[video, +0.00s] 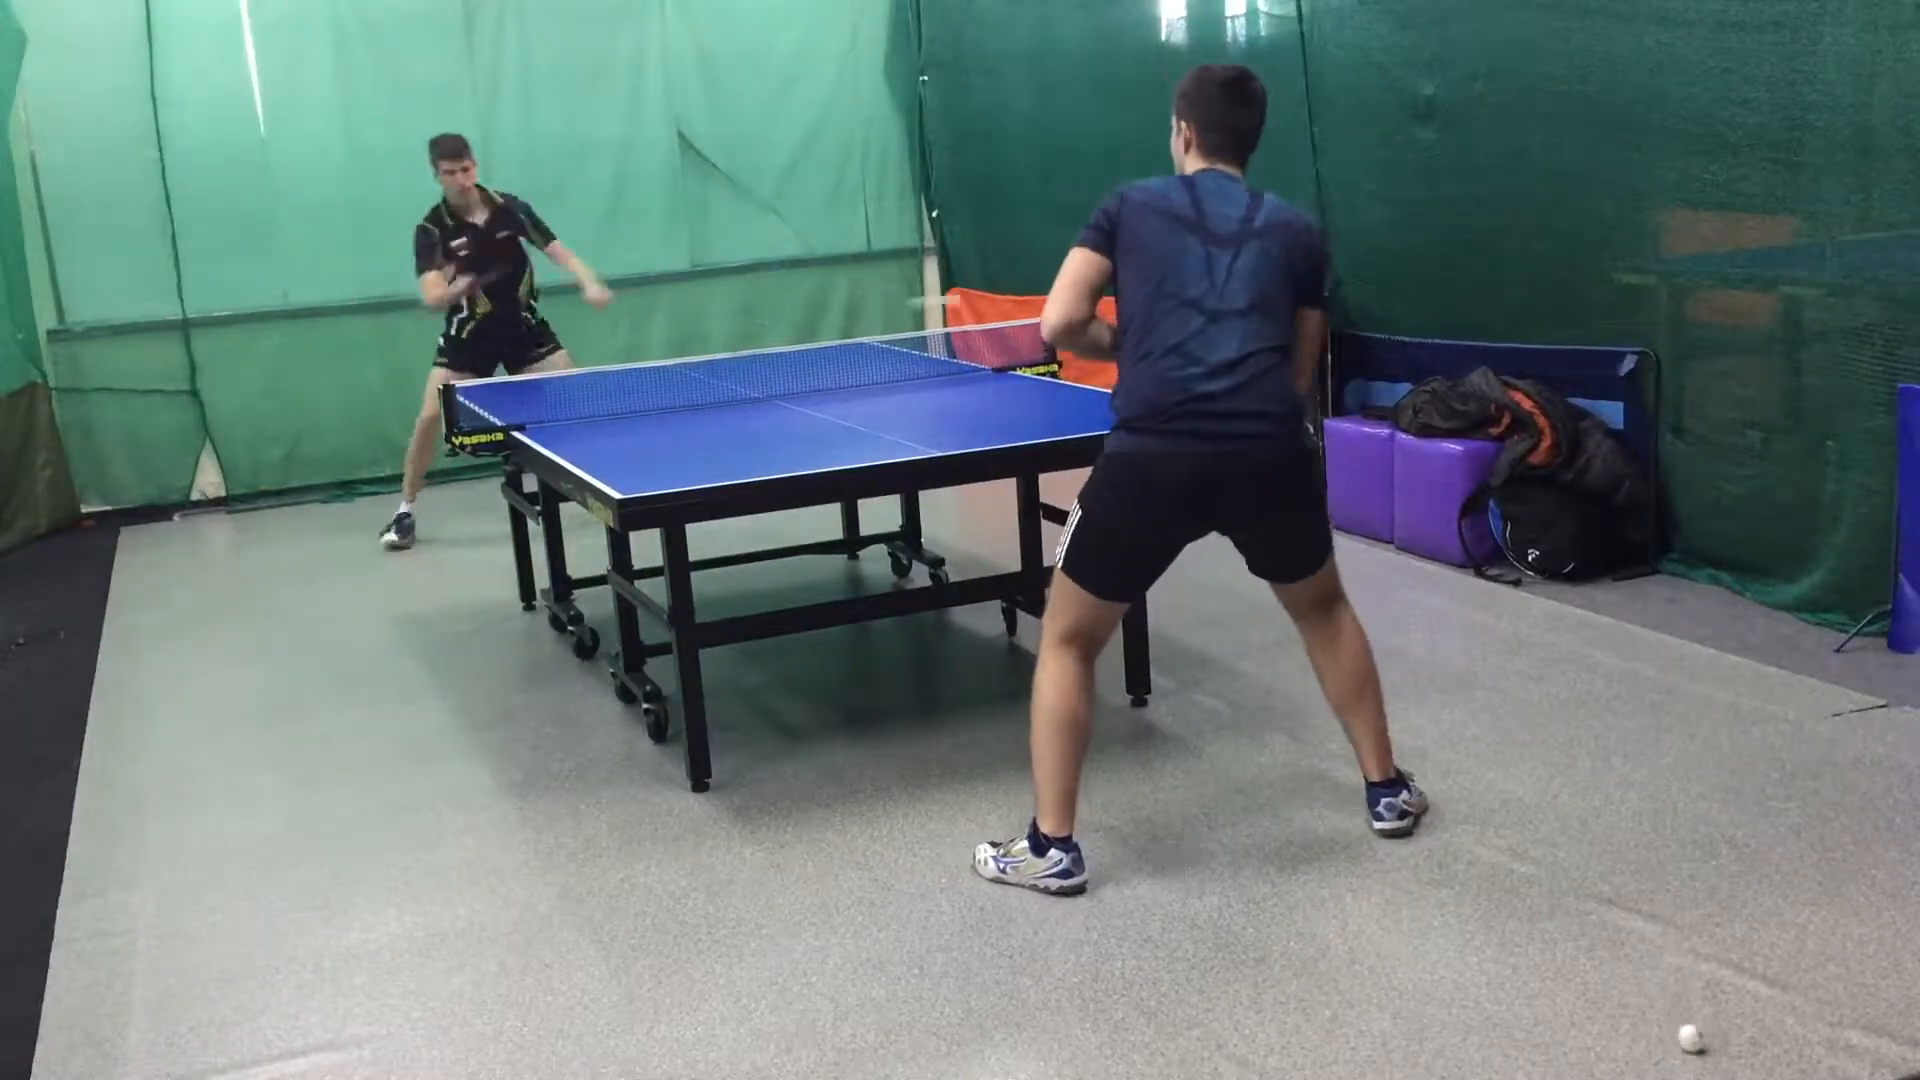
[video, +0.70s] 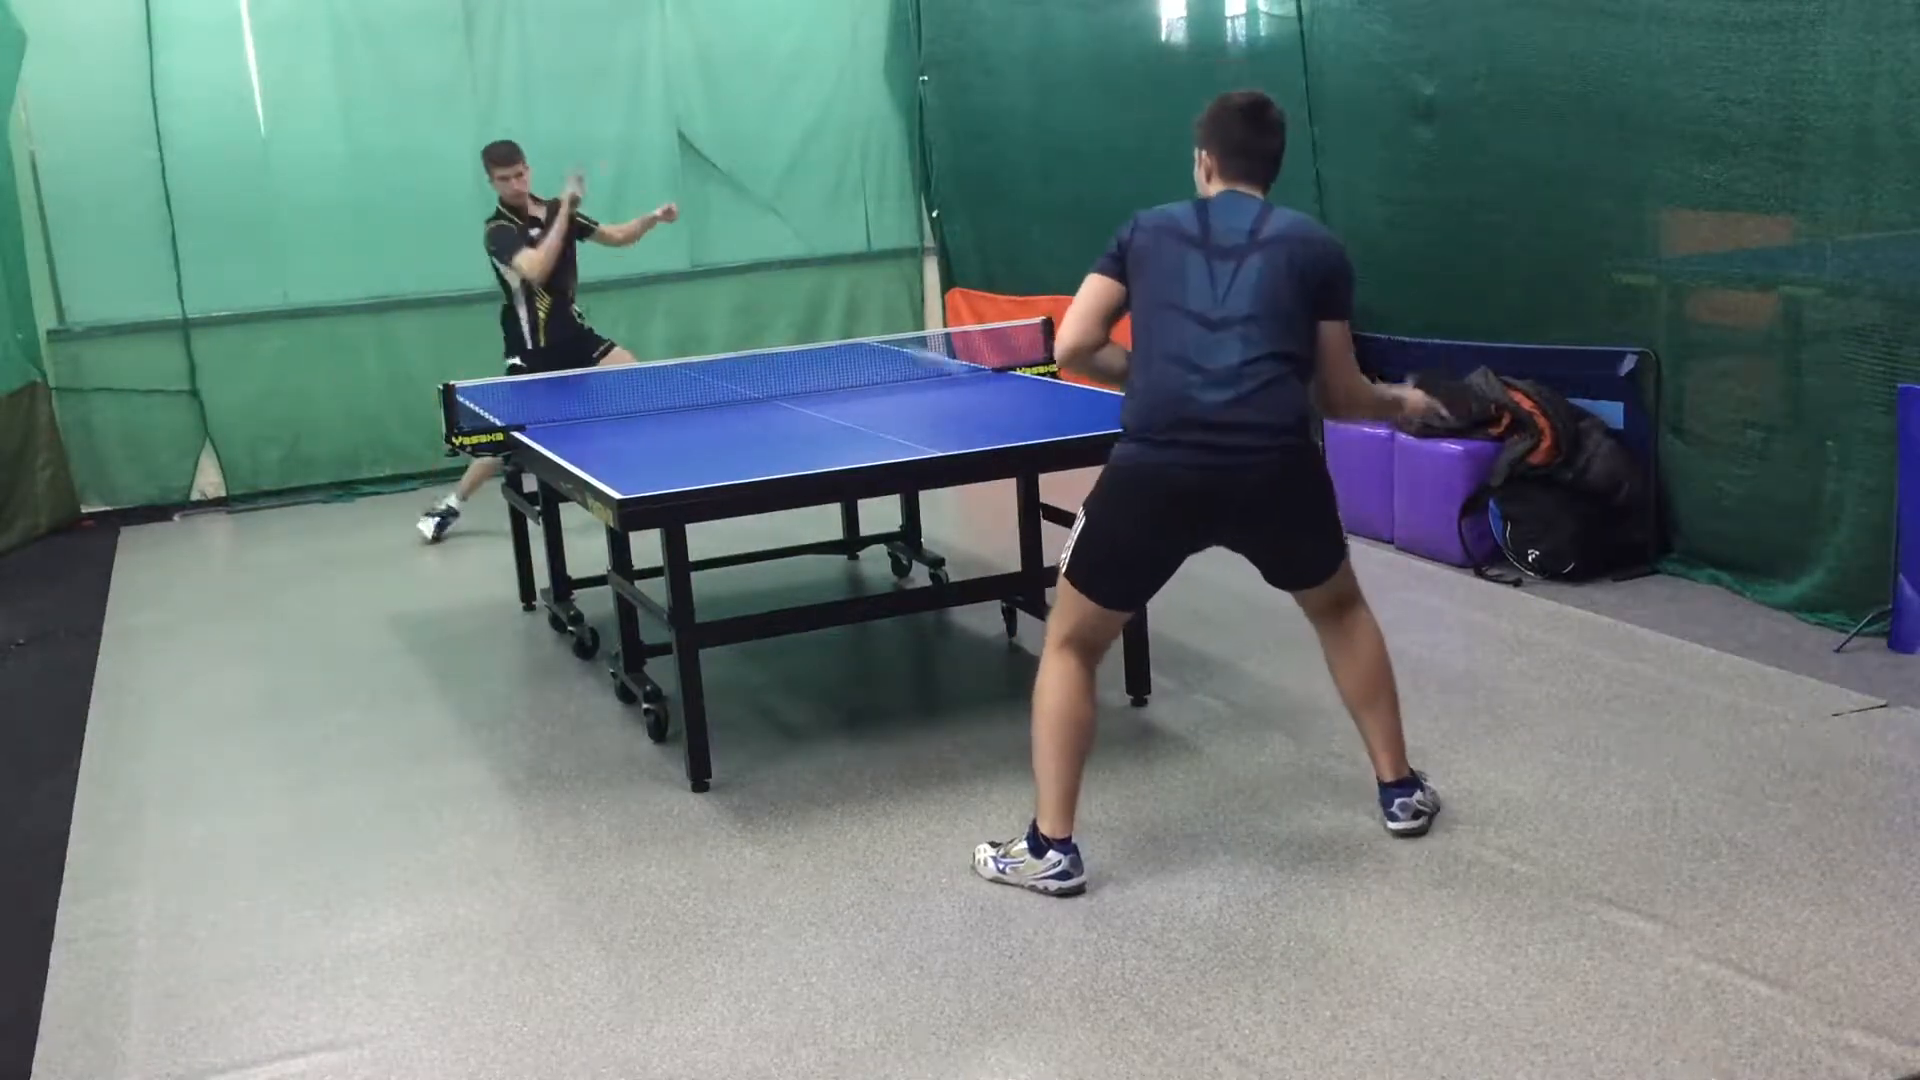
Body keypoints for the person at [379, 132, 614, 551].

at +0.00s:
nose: (460, 179)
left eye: (464, 169)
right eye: (449, 173)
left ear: (475, 166)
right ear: (437, 176)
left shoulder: (510, 209)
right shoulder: (433, 227)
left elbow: (558, 252)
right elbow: (432, 295)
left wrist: (590, 283)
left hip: (522, 324)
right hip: (467, 332)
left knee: (574, 395)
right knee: (428, 418)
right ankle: (405, 512)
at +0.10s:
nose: (437, 198)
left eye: (441, 188)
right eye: (427, 192)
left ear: (449, 183)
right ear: (413, 195)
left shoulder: (483, 224)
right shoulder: (413, 243)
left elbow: (521, 289)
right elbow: (413, 314)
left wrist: (513, 329)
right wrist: (399, 338)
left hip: (510, 317)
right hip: (463, 327)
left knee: (562, 394)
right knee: (425, 417)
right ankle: (418, 511)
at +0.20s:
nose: (417, 226)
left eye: (421, 215)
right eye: (407, 219)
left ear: (431, 208)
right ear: (394, 219)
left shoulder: (460, 248)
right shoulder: (408, 263)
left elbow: (476, 315)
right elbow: (415, 335)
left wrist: (430, 348)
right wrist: (368, 369)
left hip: (519, 347)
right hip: (468, 349)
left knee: (538, 424)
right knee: (415, 419)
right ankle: (418, 511)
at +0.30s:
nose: (417, 234)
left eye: (421, 222)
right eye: (406, 228)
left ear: (431, 212)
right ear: (396, 227)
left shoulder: (460, 250)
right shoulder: (422, 262)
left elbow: (479, 307)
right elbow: (440, 330)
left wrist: (433, 338)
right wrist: (384, 369)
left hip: (529, 351)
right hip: (484, 349)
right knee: (420, 414)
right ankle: (419, 511)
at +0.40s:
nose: (433, 218)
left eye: (437, 207)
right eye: (423, 212)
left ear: (450, 198)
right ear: (417, 214)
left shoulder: (490, 230)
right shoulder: (445, 255)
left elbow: (545, 264)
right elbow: (457, 325)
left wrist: (521, 297)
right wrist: (412, 349)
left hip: (544, 346)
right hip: (496, 348)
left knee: (560, 420)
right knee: (437, 417)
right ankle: (422, 511)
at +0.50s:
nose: (460, 194)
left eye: (463, 183)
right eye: (452, 188)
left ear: (479, 175)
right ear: (447, 192)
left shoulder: (530, 206)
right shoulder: (460, 237)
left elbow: (586, 232)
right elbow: (472, 299)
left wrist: (577, 239)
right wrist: (448, 294)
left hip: (559, 329)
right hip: (506, 337)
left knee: (597, 402)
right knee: (465, 414)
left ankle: (618, 491)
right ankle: (434, 506)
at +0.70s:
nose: (515, 184)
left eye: (518, 174)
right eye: (505, 179)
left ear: (528, 171)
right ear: (491, 183)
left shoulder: (556, 209)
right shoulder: (498, 230)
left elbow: (616, 236)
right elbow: (535, 268)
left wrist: (652, 219)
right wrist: (564, 213)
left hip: (571, 332)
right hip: (530, 346)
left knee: (634, 377)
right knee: (506, 433)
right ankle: (453, 503)